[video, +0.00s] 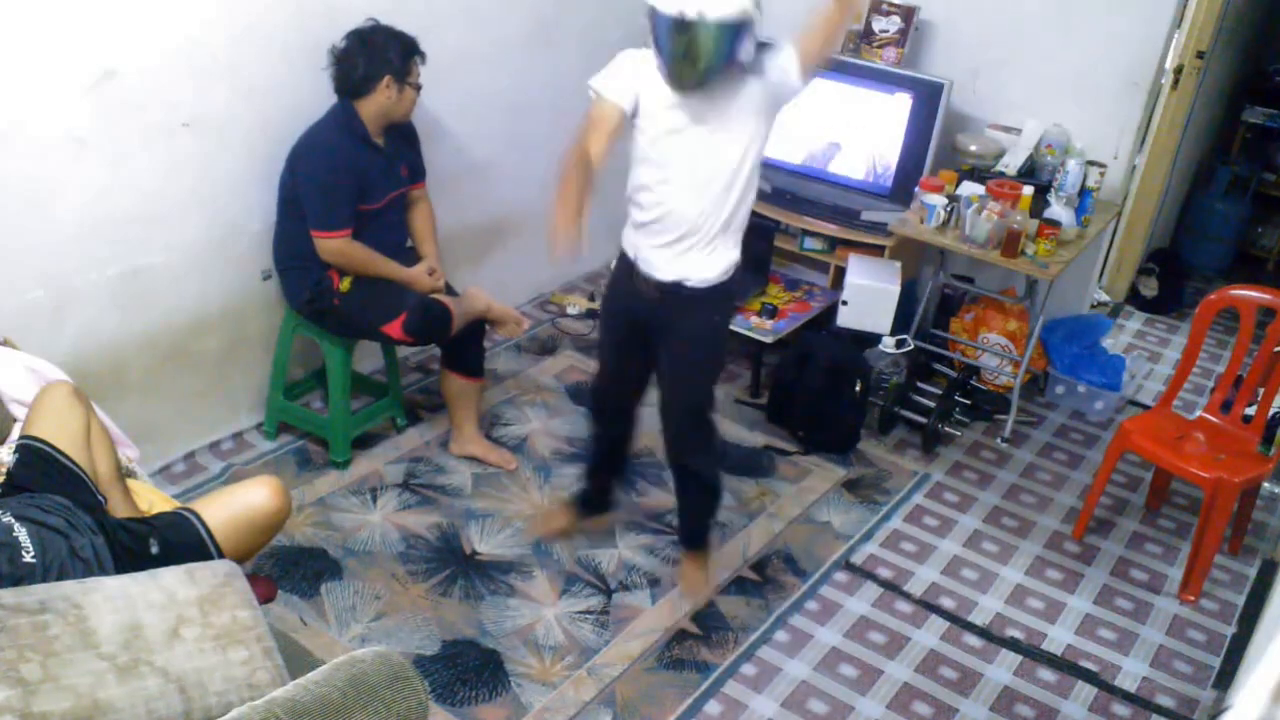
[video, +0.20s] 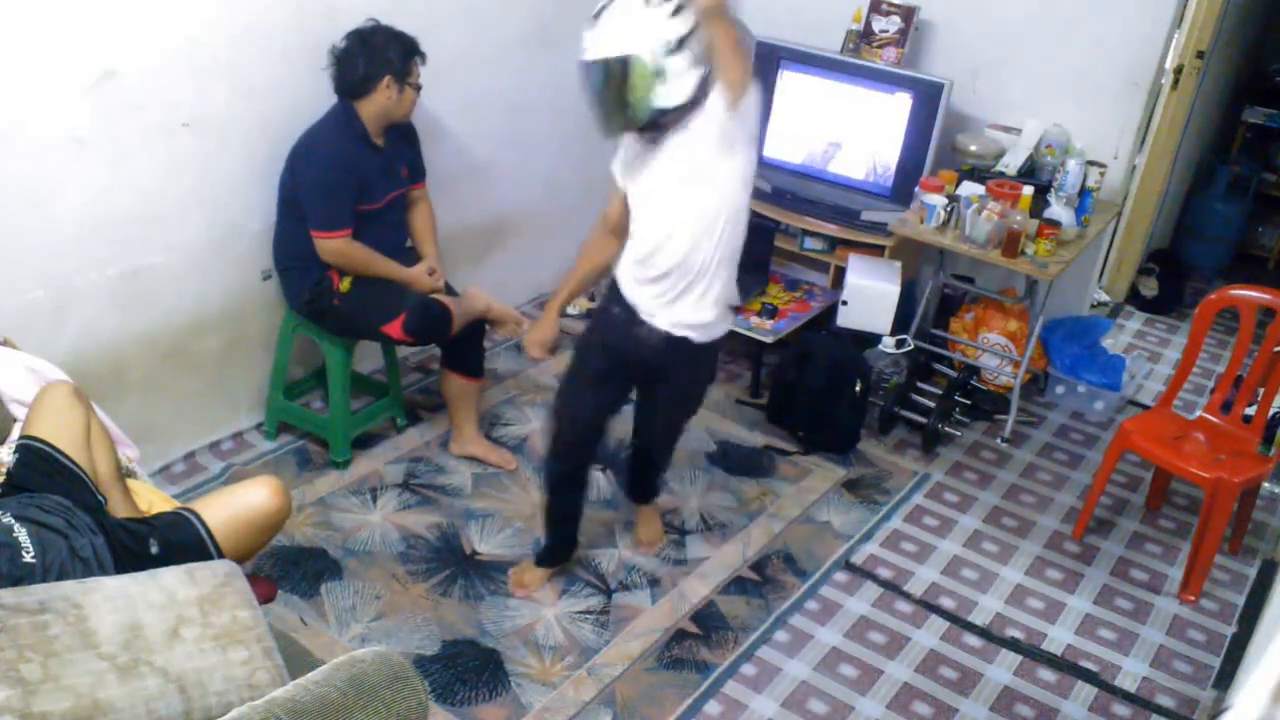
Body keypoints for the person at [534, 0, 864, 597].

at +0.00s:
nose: (693, 61)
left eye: (712, 46)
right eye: (681, 43)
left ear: (740, 38)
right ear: (663, 30)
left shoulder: (764, 81)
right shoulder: (637, 71)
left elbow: (835, 22)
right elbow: (588, 148)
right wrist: (570, 212)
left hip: (703, 291)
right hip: (635, 275)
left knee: (686, 422)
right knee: (611, 399)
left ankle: (694, 546)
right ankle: (592, 500)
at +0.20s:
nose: (627, 86)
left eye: (638, 68)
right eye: (617, 73)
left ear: (679, 61)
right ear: (614, 74)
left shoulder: (730, 114)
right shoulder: (638, 143)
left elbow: (718, 22)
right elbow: (610, 232)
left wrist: (695, 9)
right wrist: (555, 308)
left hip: (693, 336)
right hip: (624, 316)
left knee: (656, 444)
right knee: (568, 440)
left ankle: (643, 497)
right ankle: (556, 551)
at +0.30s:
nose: (611, 80)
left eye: (615, 64)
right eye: (604, 69)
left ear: (651, 47)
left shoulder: (720, 90)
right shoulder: (646, 138)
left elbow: (679, 4)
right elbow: (635, 229)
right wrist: (570, 288)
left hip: (716, 320)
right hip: (648, 306)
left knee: (673, 432)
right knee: (606, 431)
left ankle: (650, 498)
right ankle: (565, 548)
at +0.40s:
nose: (630, 86)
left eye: (628, 73)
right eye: (624, 77)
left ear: (646, 51)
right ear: (633, 65)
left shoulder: (704, 77)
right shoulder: (656, 111)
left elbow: (642, 3)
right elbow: (687, 187)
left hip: (741, 299)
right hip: (676, 287)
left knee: (725, 430)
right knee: (628, 421)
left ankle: (724, 518)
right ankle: (641, 547)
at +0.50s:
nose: (624, 69)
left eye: (630, 57)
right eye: (618, 60)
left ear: (664, 53)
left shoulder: (712, 100)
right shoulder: (672, 110)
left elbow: (617, 50)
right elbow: (755, 181)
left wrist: (587, 15)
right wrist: (667, 180)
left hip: (741, 314)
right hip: (679, 305)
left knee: (760, 441)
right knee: (650, 448)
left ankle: (791, 535)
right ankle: (692, 571)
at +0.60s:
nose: (616, 123)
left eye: (617, 108)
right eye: (609, 112)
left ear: (640, 95)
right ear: (675, 74)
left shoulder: (725, 154)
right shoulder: (669, 150)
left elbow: (608, 170)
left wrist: (528, 141)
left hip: (738, 360)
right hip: (676, 351)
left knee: (791, 480)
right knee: (655, 488)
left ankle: (886, 599)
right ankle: (707, 598)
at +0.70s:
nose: (635, 112)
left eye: (637, 97)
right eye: (629, 99)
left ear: (671, 84)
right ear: (689, 72)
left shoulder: (731, 152)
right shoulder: (682, 138)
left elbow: (631, 228)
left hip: (738, 353)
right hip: (672, 347)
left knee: (798, 487)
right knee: (673, 480)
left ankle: (877, 628)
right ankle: (703, 595)